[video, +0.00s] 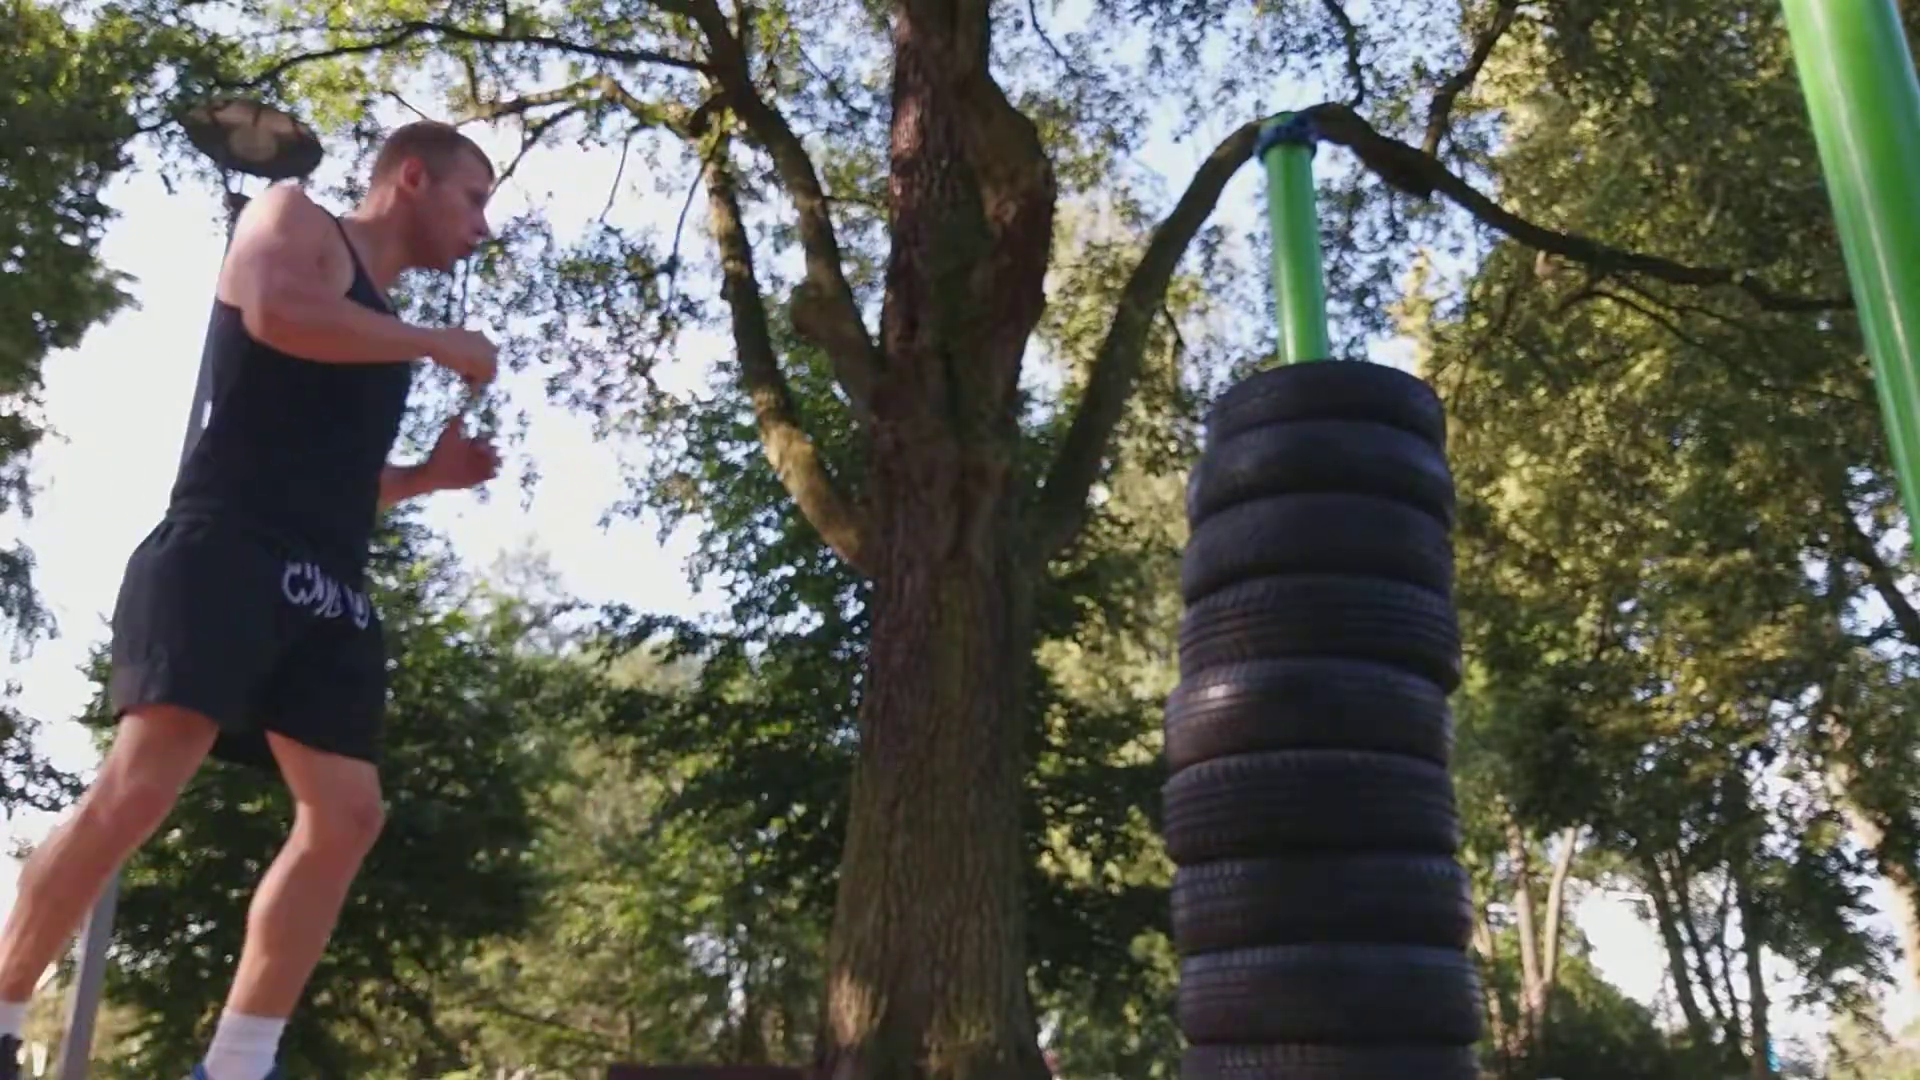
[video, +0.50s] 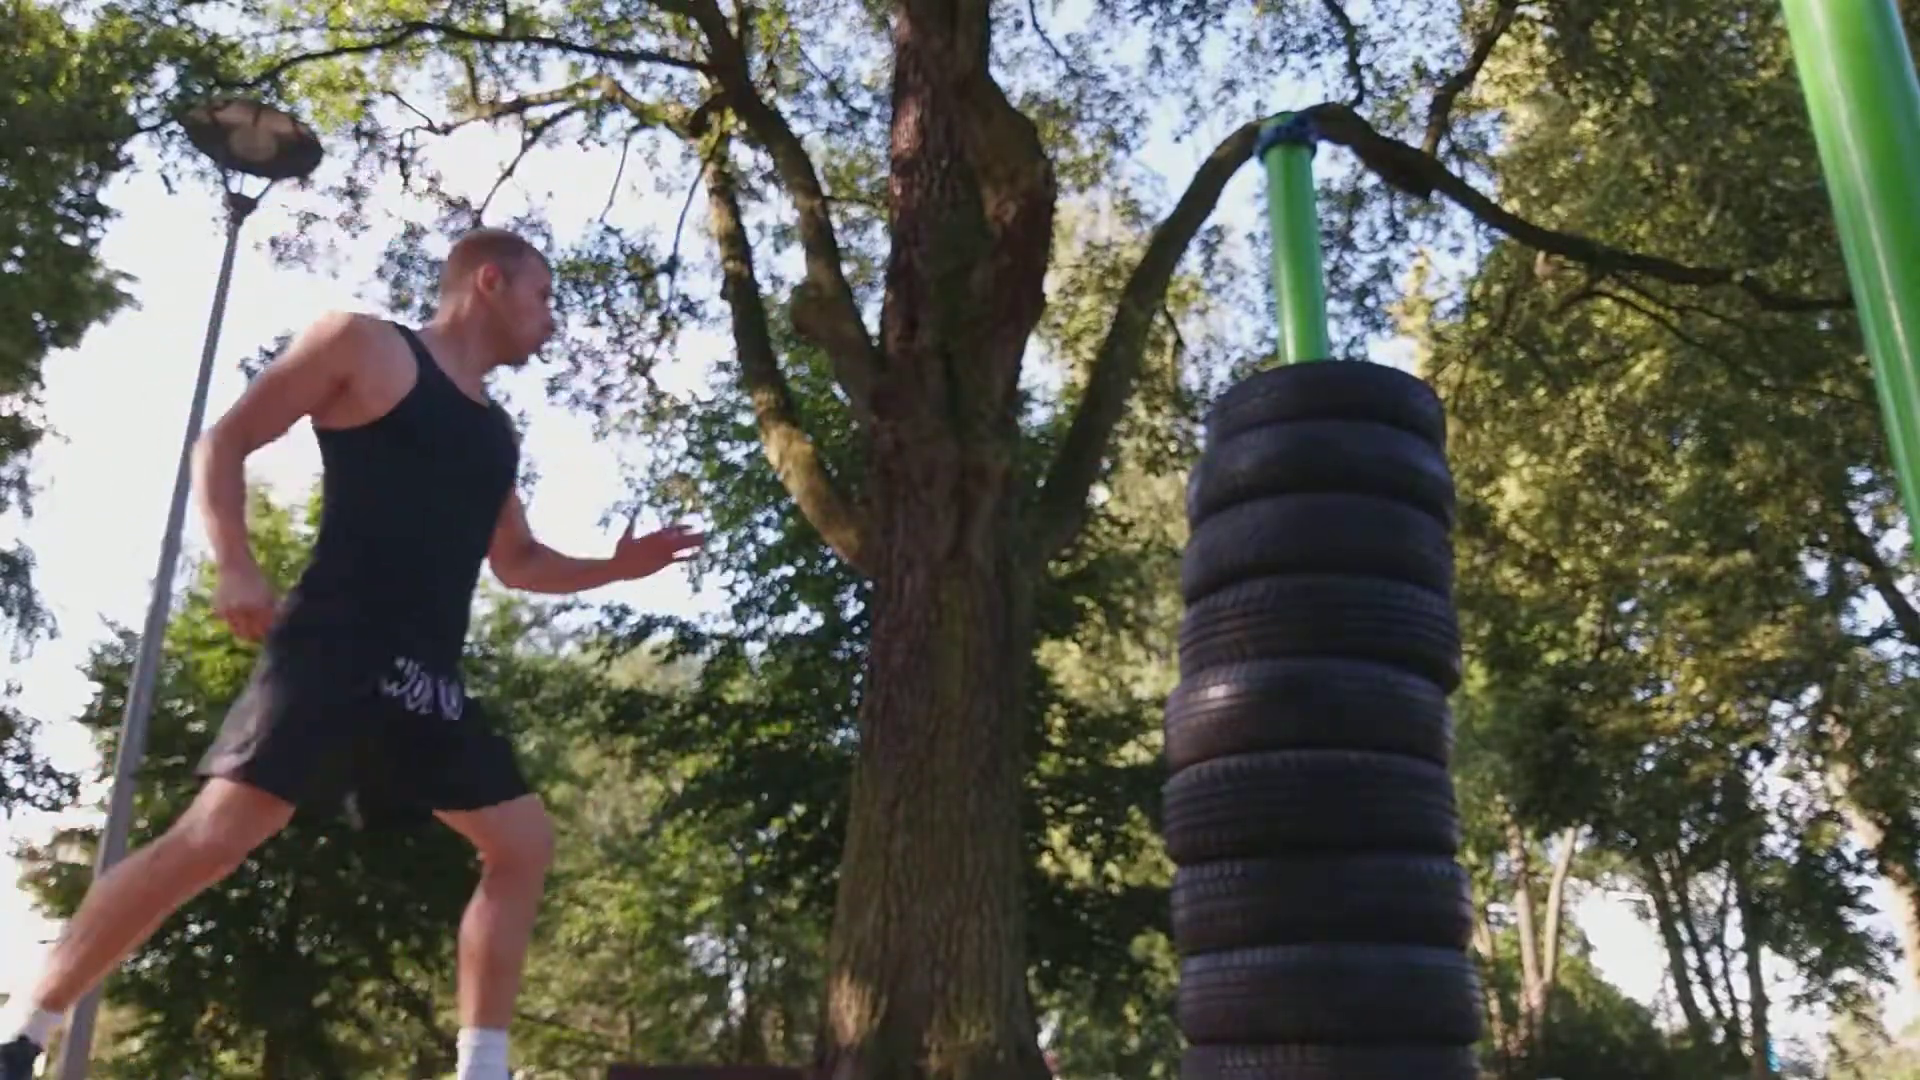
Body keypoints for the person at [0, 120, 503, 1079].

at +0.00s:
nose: (481, 228)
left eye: (487, 211)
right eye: (474, 201)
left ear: (421, 191)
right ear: (409, 176)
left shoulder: (380, 317)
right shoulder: (295, 212)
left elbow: (331, 482)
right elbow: (276, 315)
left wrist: (429, 474)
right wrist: (431, 341)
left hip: (324, 593)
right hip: (220, 557)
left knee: (346, 817)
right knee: (138, 790)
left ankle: (235, 1068)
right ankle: (4, 1009)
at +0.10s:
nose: (470, 248)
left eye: (476, 233)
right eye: (462, 222)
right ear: (397, 201)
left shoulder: (372, 356)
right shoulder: (276, 250)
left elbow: (312, 509)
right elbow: (250, 370)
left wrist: (405, 499)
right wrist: (413, 380)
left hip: (310, 627)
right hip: (209, 593)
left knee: (398, 812)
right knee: (123, 796)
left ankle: (258, 1054)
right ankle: (4, 1022)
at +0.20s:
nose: (497, 224)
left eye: (502, 205)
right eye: (491, 197)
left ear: (442, 190)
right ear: (428, 177)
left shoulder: (419, 326)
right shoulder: (300, 219)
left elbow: (350, 459)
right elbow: (203, 335)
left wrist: (418, 454)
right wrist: (366, 397)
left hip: (344, 577)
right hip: (232, 555)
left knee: (430, 769)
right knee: (117, 772)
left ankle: (313, 1009)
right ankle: (9, 1007)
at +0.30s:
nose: (520, 224)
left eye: (525, 206)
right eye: (512, 199)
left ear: (457, 188)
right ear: (449, 177)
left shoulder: (459, 330)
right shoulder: (315, 227)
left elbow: (442, 464)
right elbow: (182, 331)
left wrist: (465, 471)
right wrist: (282, 446)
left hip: (367, 574)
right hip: (256, 548)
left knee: (459, 763)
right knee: (146, 754)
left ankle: (384, 1012)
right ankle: (15, 997)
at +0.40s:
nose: (529, 271)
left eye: (533, 253)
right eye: (521, 246)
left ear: (473, 241)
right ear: (458, 228)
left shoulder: (477, 375)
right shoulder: (325, 289)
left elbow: (499, 514)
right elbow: (181, 393)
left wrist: (533, 551)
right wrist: (213, 517)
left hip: (387, 627)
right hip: (271, 599)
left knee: (486, 804)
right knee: (143, 796)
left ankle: (457, 1052)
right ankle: (7, 1025)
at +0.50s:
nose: (555, 318)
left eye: (557, 301)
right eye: (545, 293)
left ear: (492, 292)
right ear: (485, 282)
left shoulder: (494, 434)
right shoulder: (365, 344)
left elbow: (517, 562)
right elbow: (224, 443)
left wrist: (614, 567)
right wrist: (235, 567)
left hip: (428, 685)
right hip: (328, 655)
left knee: (522, 842)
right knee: (212, 839)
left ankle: (483, 1073)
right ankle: (21, 1031)